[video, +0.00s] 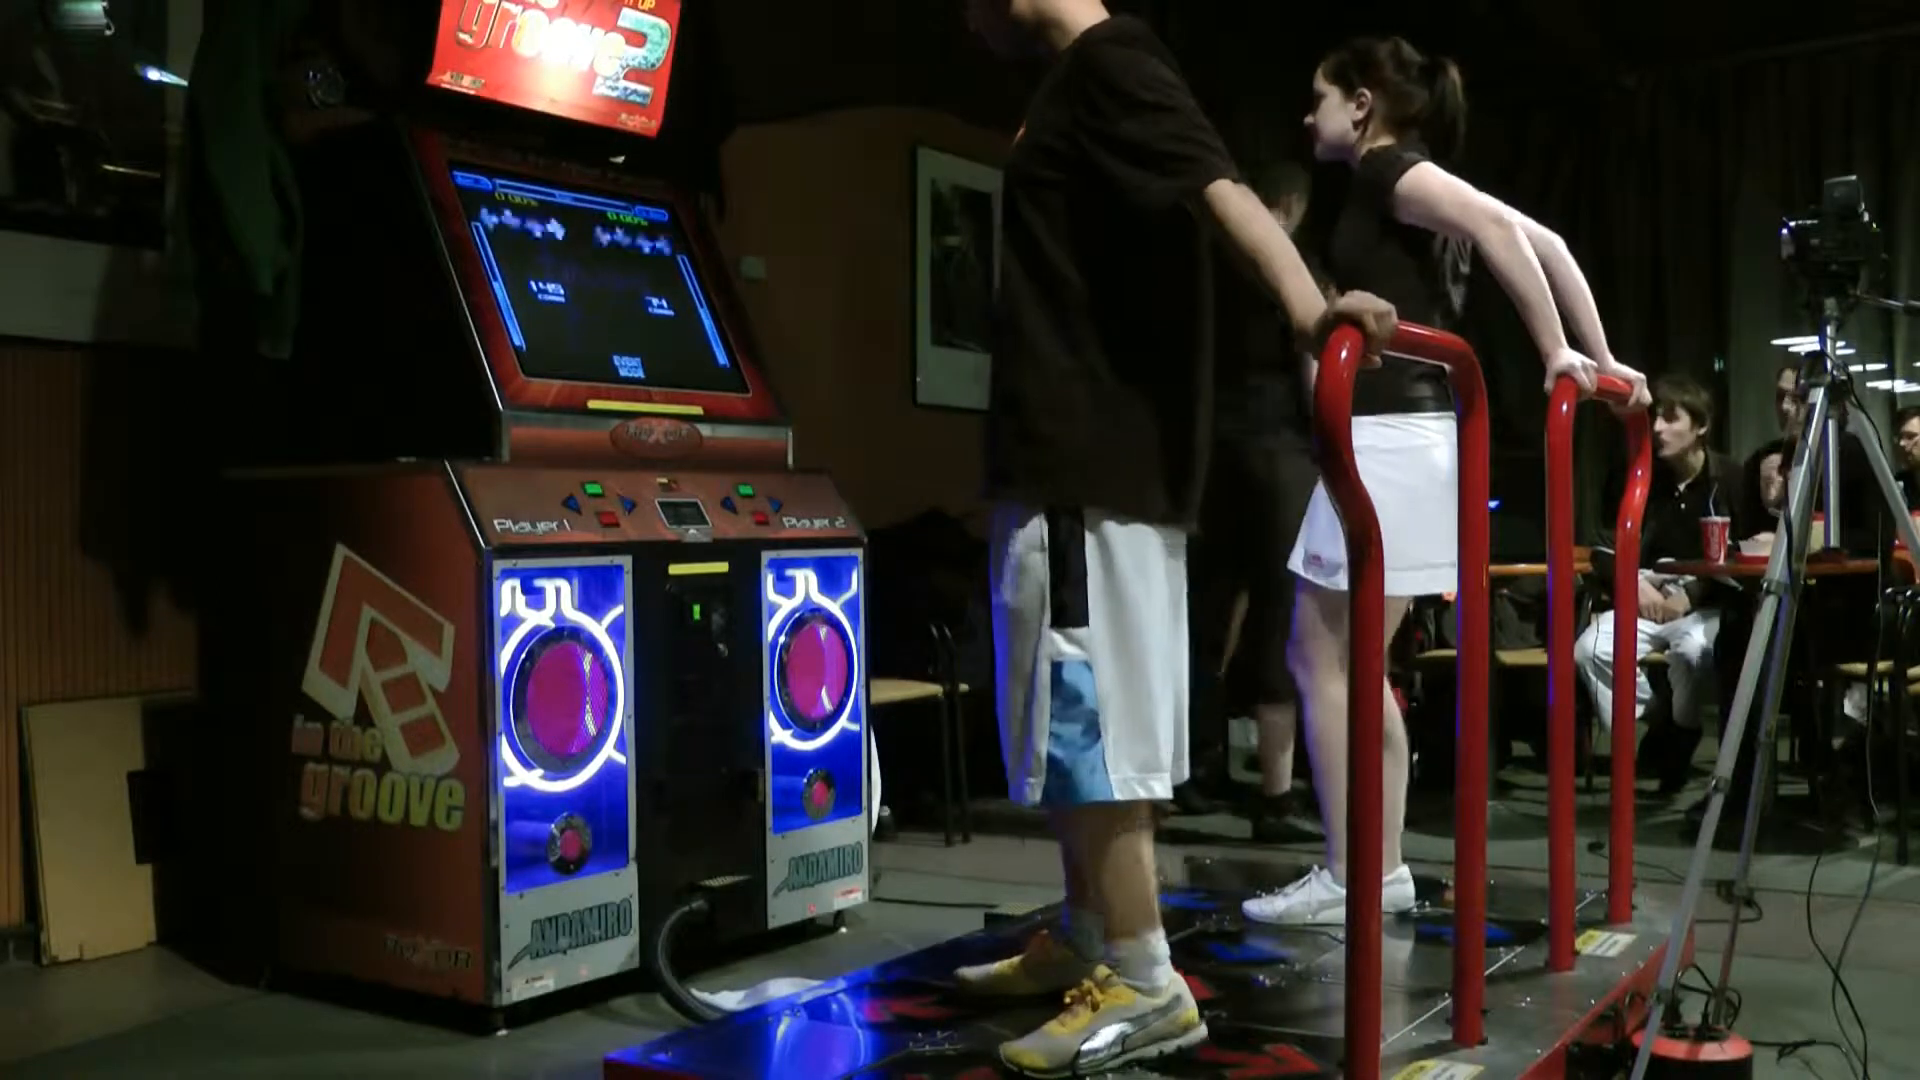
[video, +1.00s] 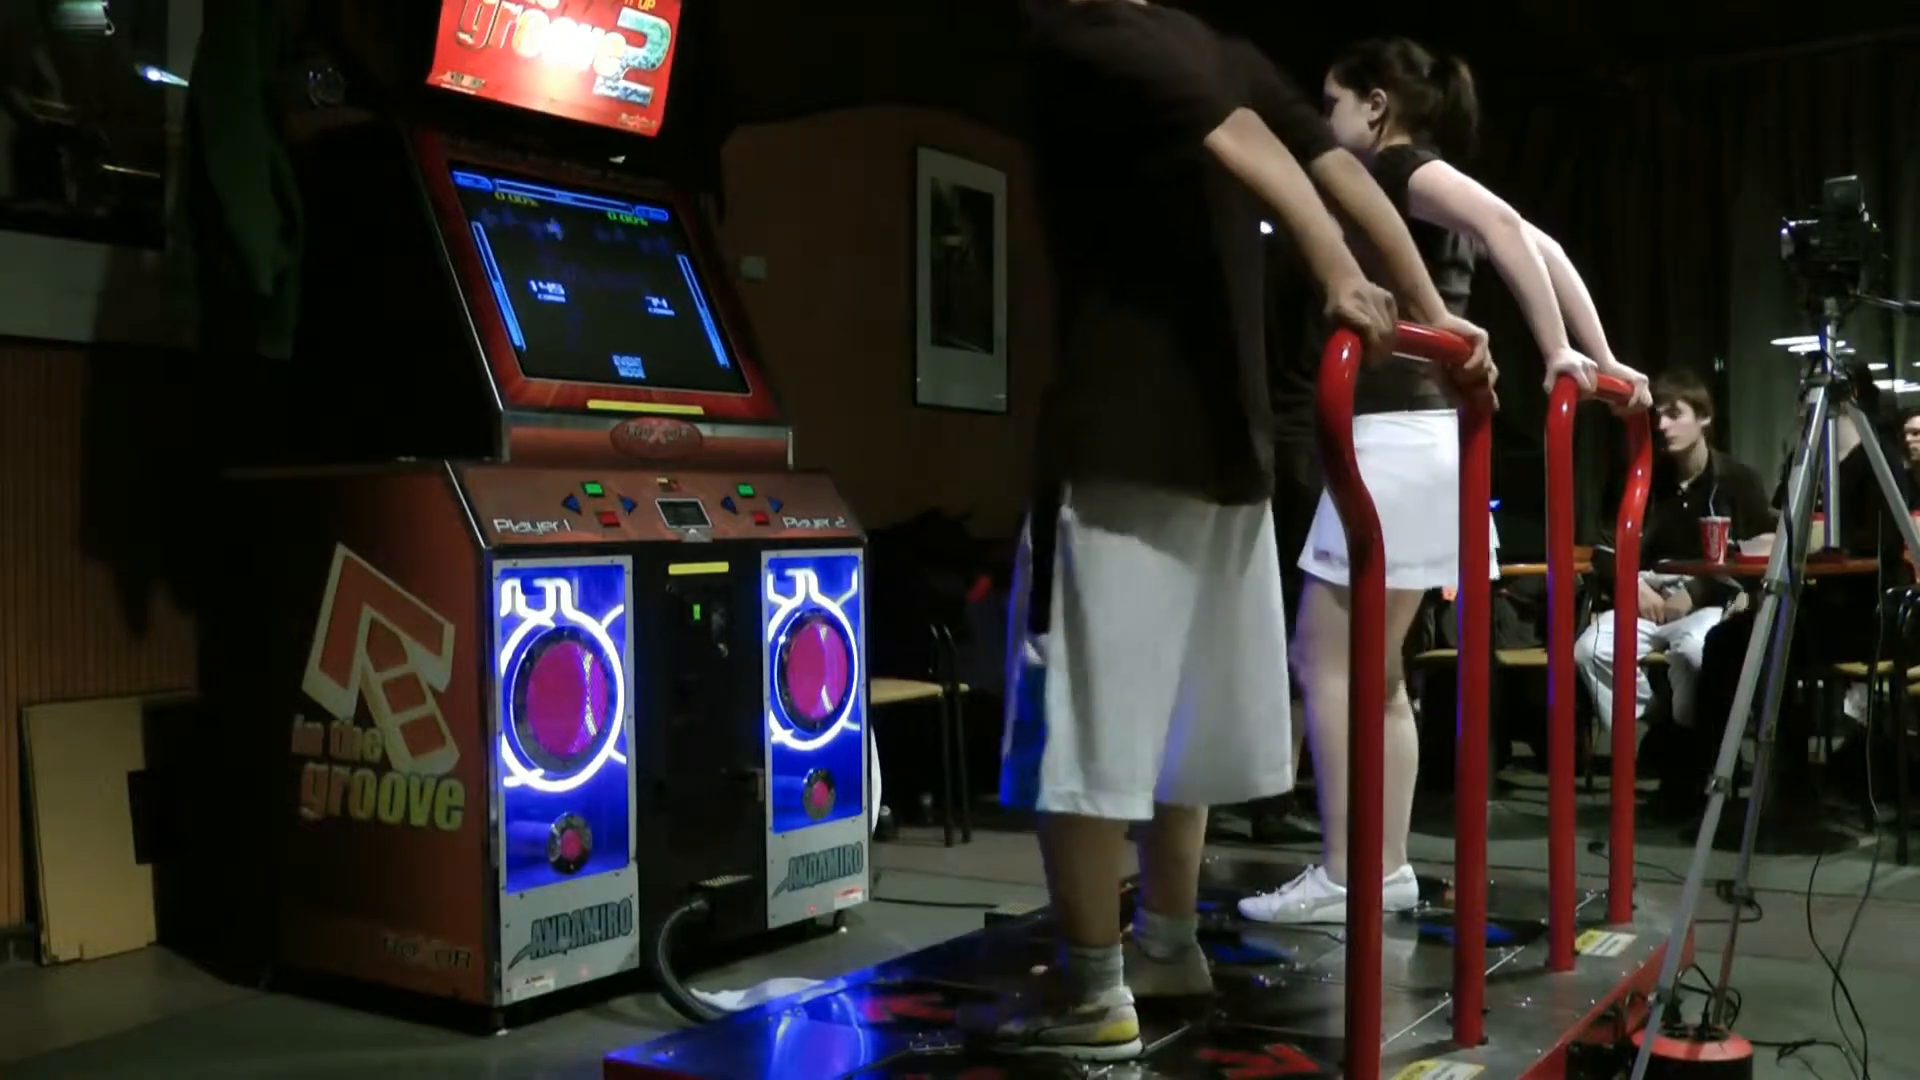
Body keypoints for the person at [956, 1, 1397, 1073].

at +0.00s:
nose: (988, 17)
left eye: (993, 4)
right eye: (990, 9)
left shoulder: (1113, 66)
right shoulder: (1071, 86)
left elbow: (1219, 186)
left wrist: (1314, 309)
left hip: (1101, 468)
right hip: (1062, 467)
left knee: (1095, 723)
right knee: (1062, 719)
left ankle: (1145, 982)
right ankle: (1094, 934)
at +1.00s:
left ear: (1046, 0)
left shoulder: (1075, 31)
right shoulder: (1209, 46)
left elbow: (1243, 143)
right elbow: (1347, 180)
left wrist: (1345, 282)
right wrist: (1436, 316)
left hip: (1118, 434)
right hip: (1222, 437)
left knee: (1089, 710)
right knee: (1182, 698)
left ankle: (1093, 997)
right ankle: (1172, 947)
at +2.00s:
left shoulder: (1038, 51)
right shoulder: (1226, 59)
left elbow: (935, 160)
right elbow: (1356, 149)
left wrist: (984, 45)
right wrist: (1436, 301)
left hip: (1085, 431)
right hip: (1216, 432)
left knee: (1079, 709)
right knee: (1181, 700)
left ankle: (1084, 991)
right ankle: (1155, 949)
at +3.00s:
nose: (1055, 25)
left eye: (1059, 18)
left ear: (1080, 5)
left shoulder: (1122, 26)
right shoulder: (1237, 50)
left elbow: (1289, 98)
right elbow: (1354, 164)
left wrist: (1353, 277)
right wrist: (1423, 310)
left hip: (1132, 412)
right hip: (1233, 419)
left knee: (1050, 682)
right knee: (1167, 677)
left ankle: (1073, 975)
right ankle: (1149, 950)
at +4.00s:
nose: (1042, 44)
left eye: (1043, 28)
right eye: (1048, 30)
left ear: (1066, 22)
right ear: (1155, 29)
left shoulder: (1102, 96)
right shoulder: (1198, 107)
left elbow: (1282, 110)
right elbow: (1357, 146)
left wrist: (1341, 282)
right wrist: (1423, 316)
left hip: (1125, 478)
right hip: (1216, 487)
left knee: (978, 730)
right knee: (1114, 714)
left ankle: (1022, 1010)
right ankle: (1165, 942)